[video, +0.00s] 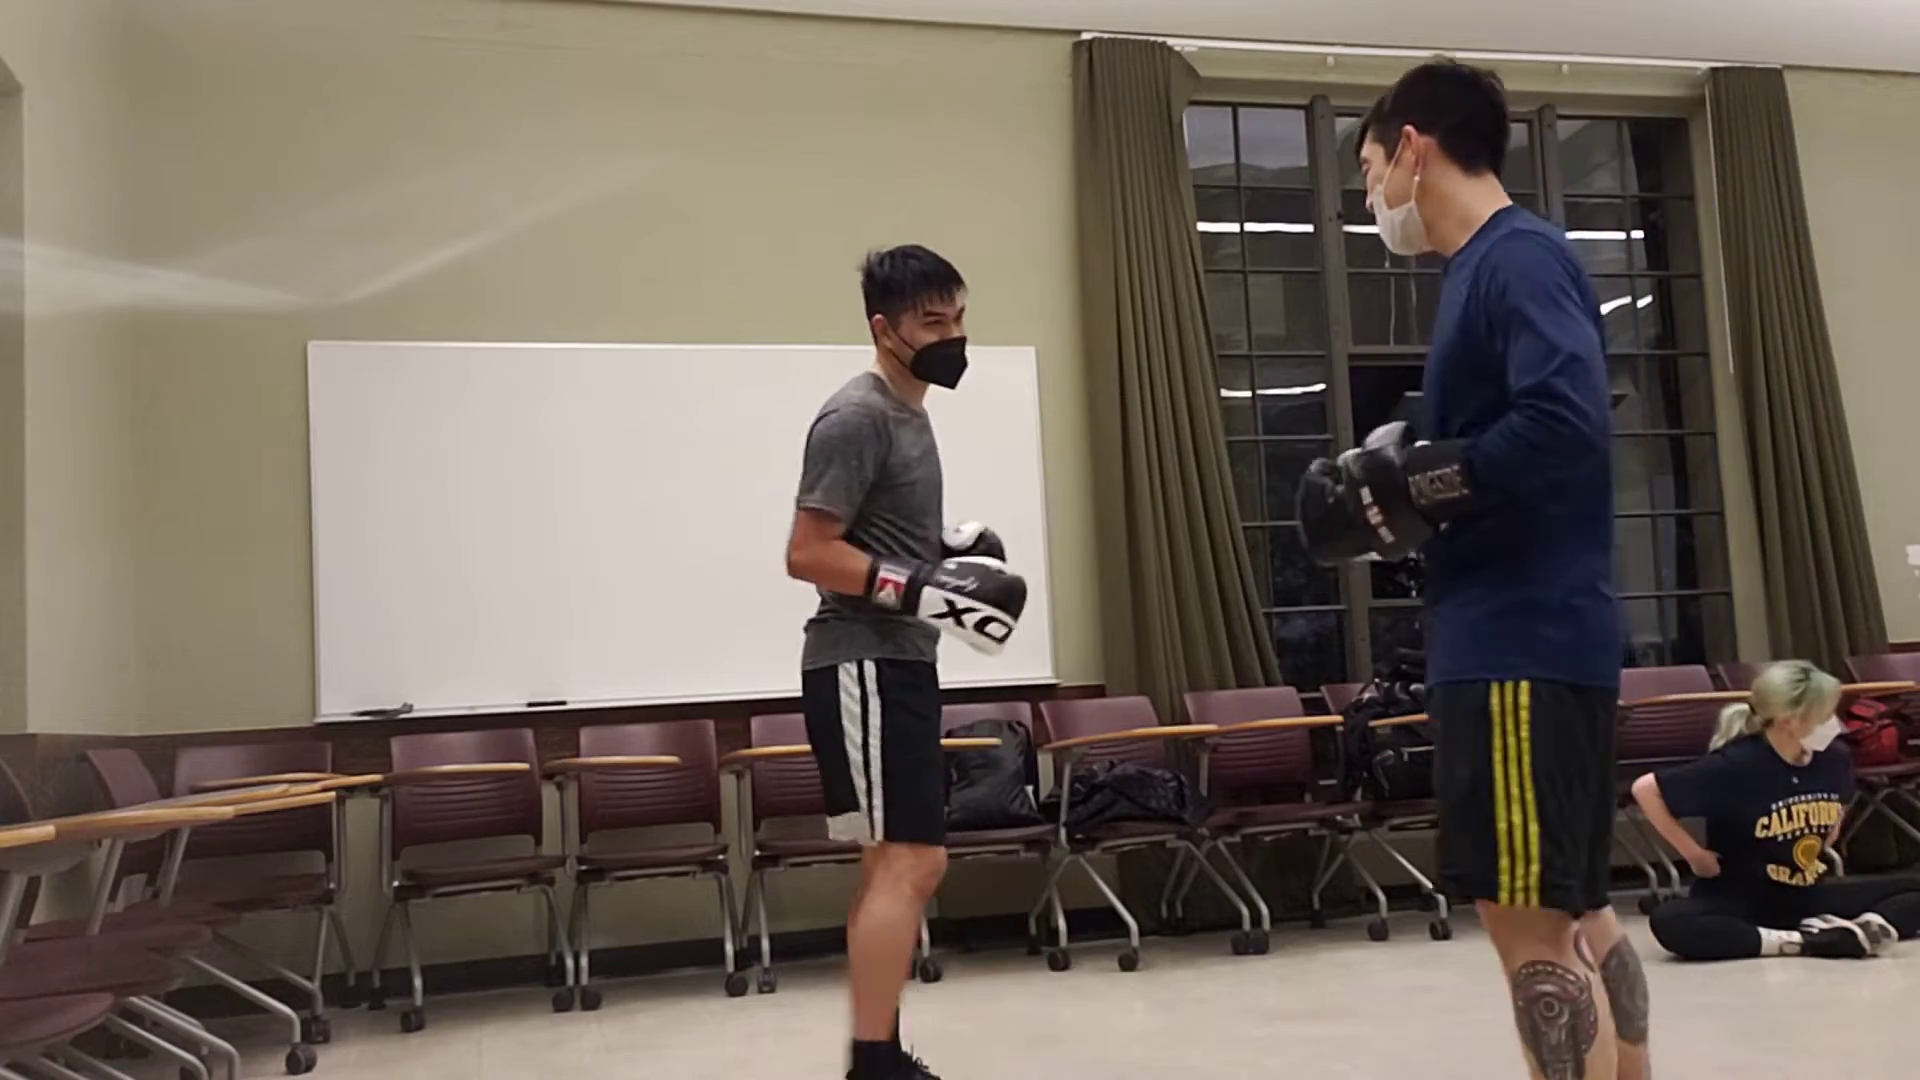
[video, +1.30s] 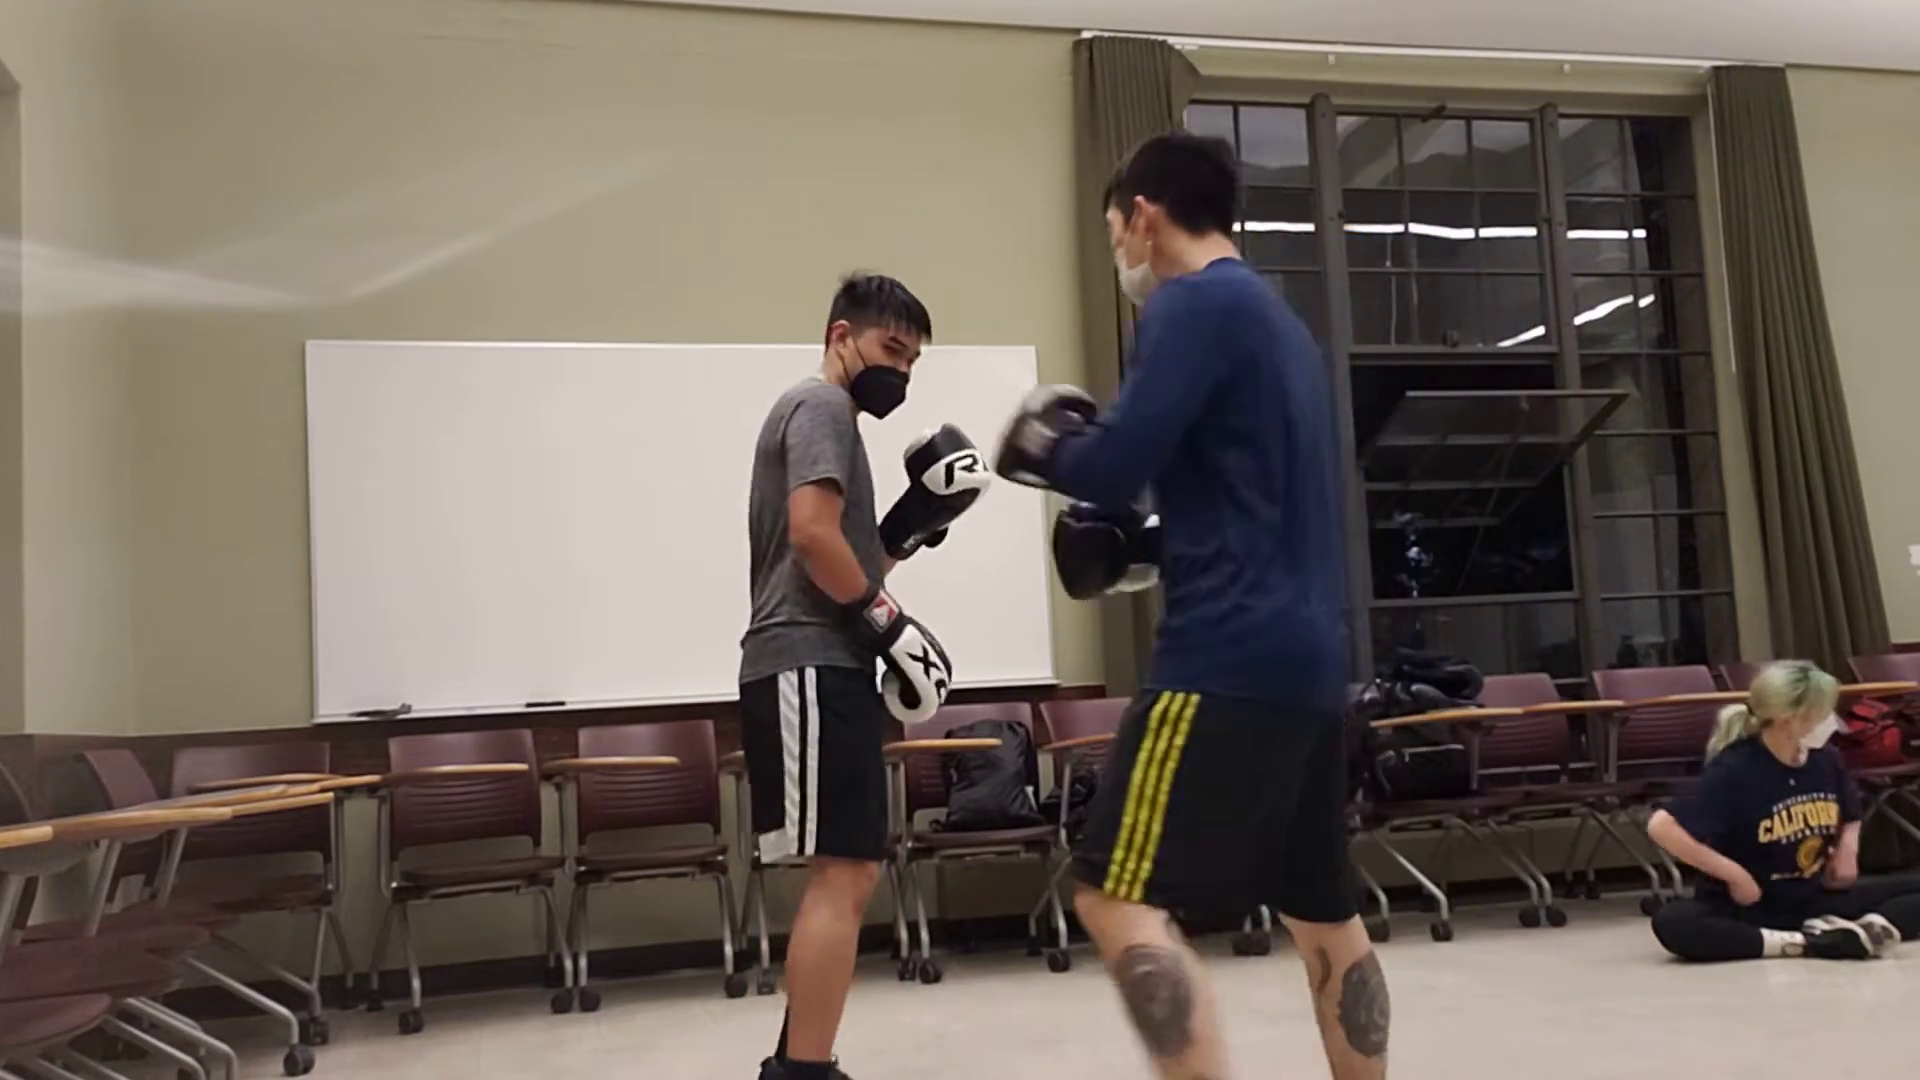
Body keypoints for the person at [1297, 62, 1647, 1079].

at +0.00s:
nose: (1372, 200)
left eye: (1370, 173)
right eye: (1367, 179)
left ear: (1414, 149)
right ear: (1441, 154)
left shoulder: (1518, 256)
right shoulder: (1492, 266)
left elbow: (1565, 424)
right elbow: (1516, 443)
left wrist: (1420, 480)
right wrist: (1397, 499)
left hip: (1521, 649)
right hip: (1525, 645)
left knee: (1521, 914)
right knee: (1577, 910)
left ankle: (1583, 1079)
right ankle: (1625, 1074)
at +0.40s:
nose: (1342, 180)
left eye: (1337, 152)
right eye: (1335, 157)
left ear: (1376, 129)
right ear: (1424, 127)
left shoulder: (1461, 254)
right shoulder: (1475, 242)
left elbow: (1491, 448)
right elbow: (1476, 443)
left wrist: (1356, 485)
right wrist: (1355, 465)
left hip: (1479, 656)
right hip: (1451, 652)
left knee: (1510, 936)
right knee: (1451, 922)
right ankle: (1546, 1076)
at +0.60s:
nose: (1300, 181)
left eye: (1296, 152)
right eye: (1296, 157)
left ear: (1333, 134)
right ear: (1396, 133)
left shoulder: (1418, 251)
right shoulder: (1444, 240)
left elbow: (1476, 444)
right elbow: (1465, 445)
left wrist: (1337, 513)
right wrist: (1334, 493)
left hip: (1450, 655)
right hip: (1420, 649)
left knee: (1505, 927)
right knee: (1359, 859)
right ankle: (1432, 1073)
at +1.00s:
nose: (1207, 221)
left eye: (1207, 198)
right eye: (1205, 201)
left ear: (1239, 187)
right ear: (1296, 186)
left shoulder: (1314, 288)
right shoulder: (1331, 282)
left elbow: (1362, 458)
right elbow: (1328, 465)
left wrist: (1234, 519)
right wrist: (1216, 533)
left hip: (1332, 668)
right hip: (1324, 665)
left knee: (1358, 936)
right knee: (1348, 933)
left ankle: (1492, 1066)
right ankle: (1363, 1074)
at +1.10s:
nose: (1178, 238)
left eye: (1175, 215)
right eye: (1176, 217)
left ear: (1205, 201)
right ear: (1277, 203)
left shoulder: (1276, 303)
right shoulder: (1325, 299)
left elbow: (1309, 471)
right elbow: (1325, 490)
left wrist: (1175, 516)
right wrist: (1204, 550)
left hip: (1289, 671)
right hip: (1350, 667)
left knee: (1241, 925)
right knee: (1353, 919)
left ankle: (1407, 1057)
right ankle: (1373, 1073)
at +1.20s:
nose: (1151, 248)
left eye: (1148, 226)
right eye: (1146, 230)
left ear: (1176, 210)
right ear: (1246, 211)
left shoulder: (1236, 301)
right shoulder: (1294, 307)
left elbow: (1233, 468)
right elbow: (1276, 516)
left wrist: (1132, 481)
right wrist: (1158, 555)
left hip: (1261, 661)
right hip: (1336, 659)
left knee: (1164, 901)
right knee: (1334, 902)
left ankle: (1324, 1060)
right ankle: (1364, 1079)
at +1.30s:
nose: (1119, 254)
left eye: (1117, 234)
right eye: (1115, 237)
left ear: (1147, 216)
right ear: (1217, 217)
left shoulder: (1192, 307)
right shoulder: (1273, 319)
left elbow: (1108, 471)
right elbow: (1260, 520)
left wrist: (1046, 445)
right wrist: (1137, 537)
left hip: (1222, 664)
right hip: (1310, 663)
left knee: (1112, 895)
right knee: (1321, 907)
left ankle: (1197, 1069)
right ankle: (1363, 1073)